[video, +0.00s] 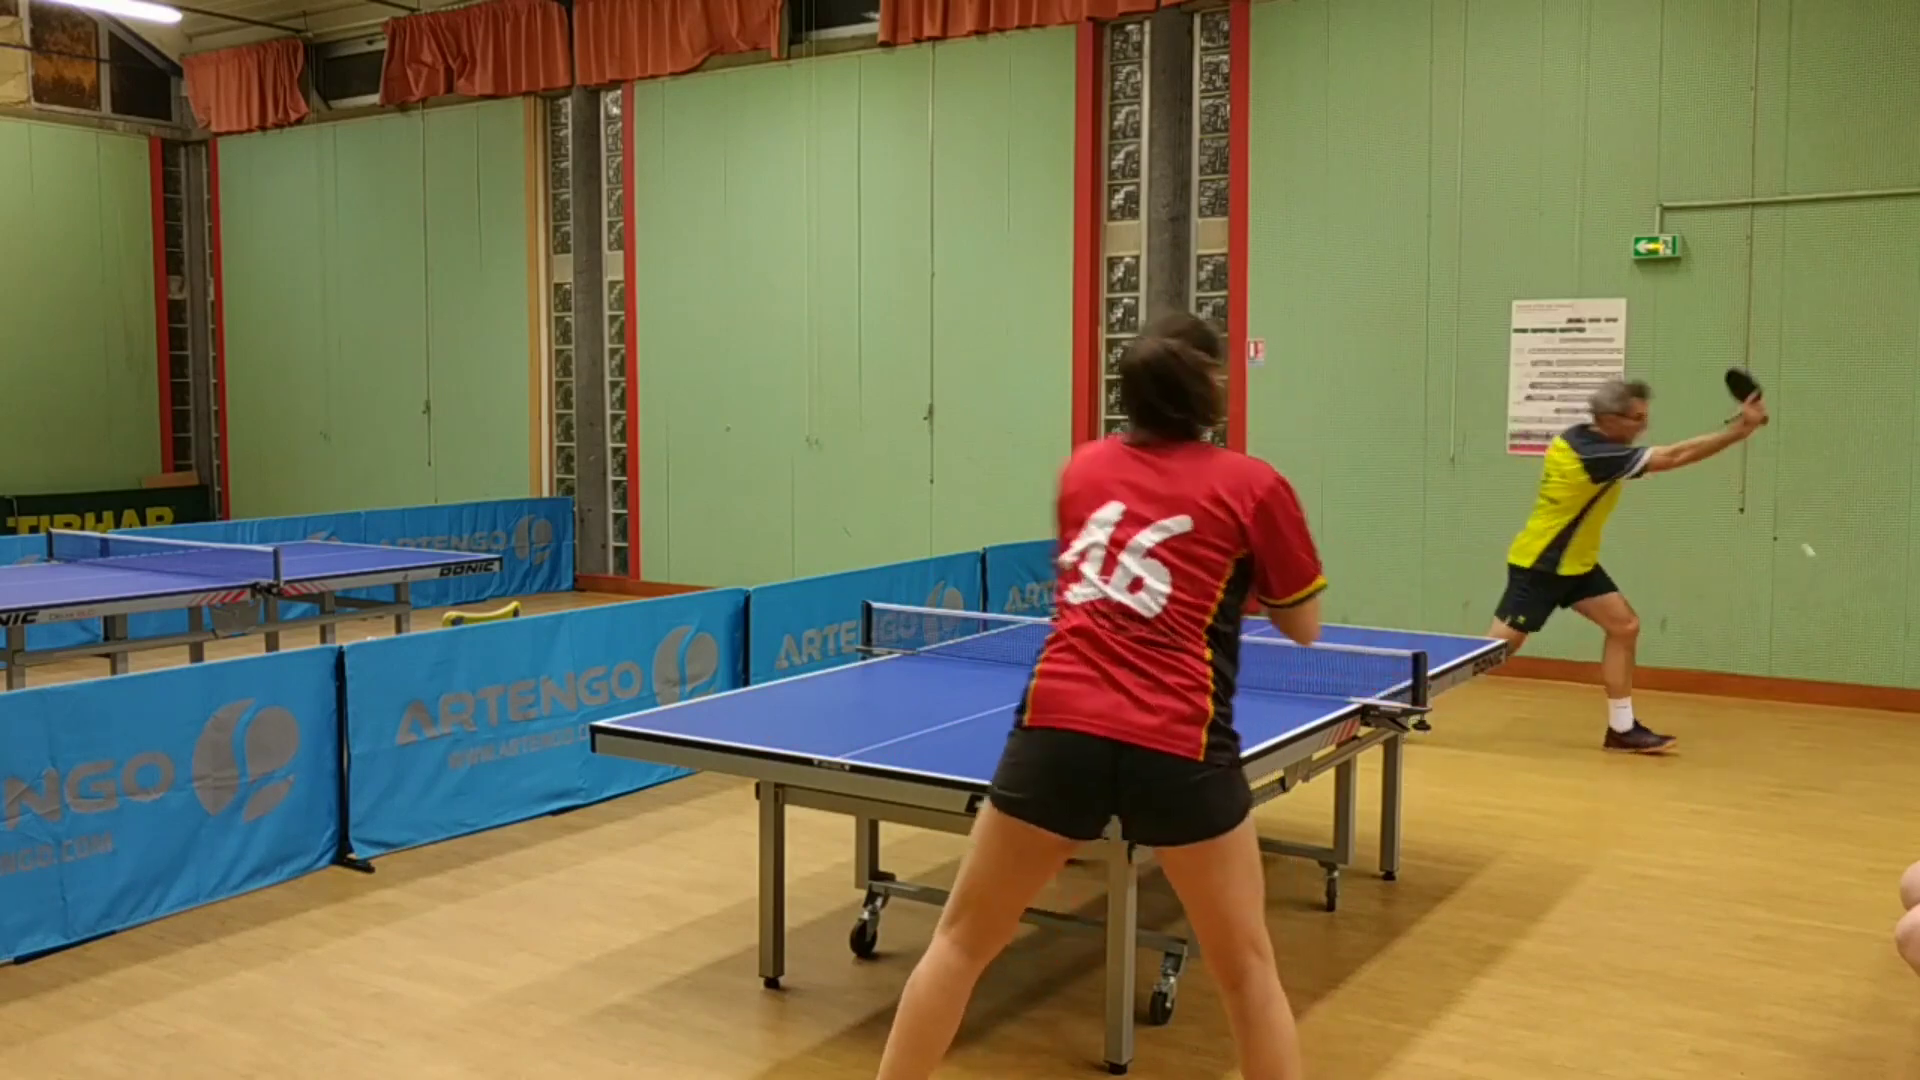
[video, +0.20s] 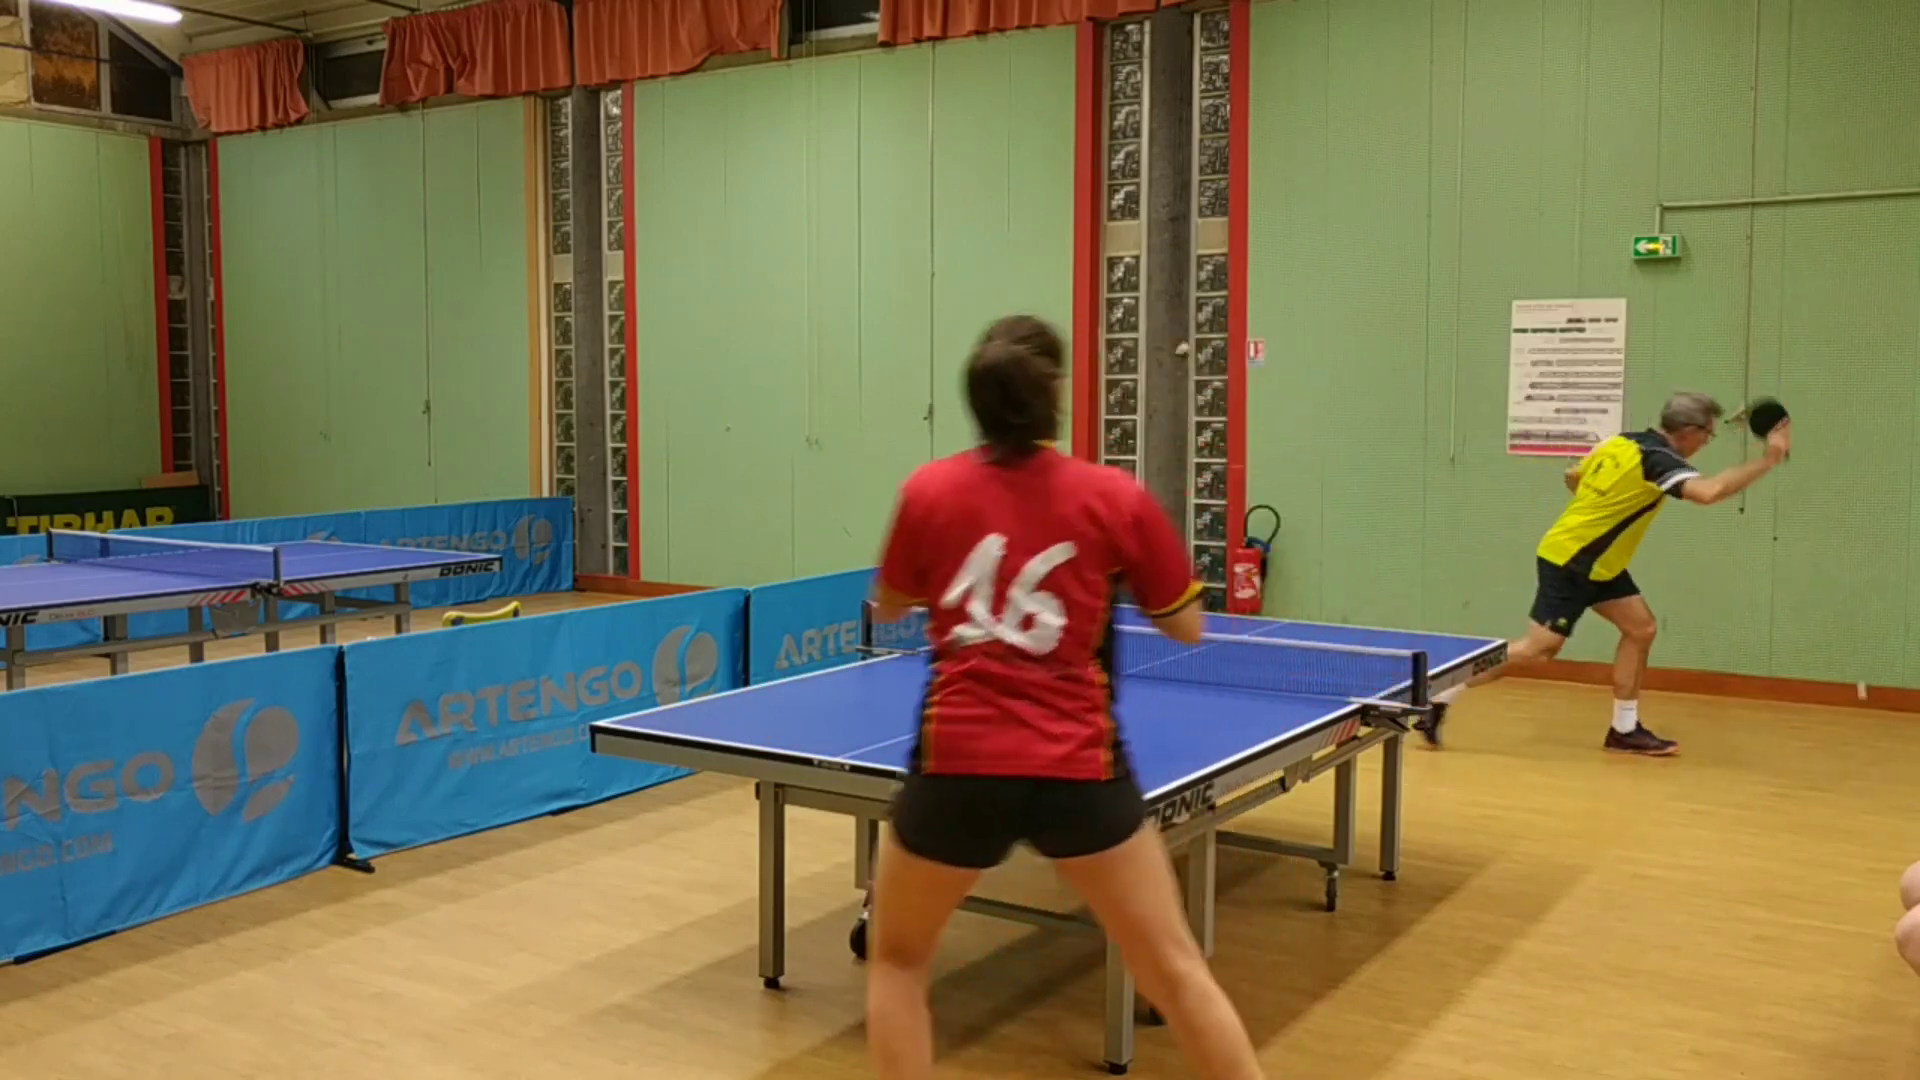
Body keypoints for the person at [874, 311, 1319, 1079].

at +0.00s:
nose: (1227, 381)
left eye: (1222, 370)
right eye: (1222, 372)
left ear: (1128, 392)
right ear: (1212, 391)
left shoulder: (1084, 468)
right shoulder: (1252, 486)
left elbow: (1100, 575)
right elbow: (1303, 623)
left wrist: (1224, 571)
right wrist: (1231, 571)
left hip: (1056, 736)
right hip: (1180, 752)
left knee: (960, 943)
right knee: (1247, 969)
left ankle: (893, 1074)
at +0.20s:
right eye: (1055, 382)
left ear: (974, 400)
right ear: (1057, 397)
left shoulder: (932, 493)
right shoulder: (1112, 497)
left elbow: (890, 599)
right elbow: (1185, 626)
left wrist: (971, 561)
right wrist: (1114, 570)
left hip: (960, 774)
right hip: (1080, 773)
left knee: (898, 961)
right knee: (1179, 975)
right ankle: (1249, 1078)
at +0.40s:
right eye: (919, 356)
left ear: (843, 370)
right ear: (925, 367)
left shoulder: (808, 474)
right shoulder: (982, 468)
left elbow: (758, 629)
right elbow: (1037, 603)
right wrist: (956, 605)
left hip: (864, 755)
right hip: (970, 746)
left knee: (851, 967)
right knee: (982, 928)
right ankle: (1099, 1069)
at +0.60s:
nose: (719, 340)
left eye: (722, 327)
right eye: (722, 326)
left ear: (741, 342)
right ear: (806, 339)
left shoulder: (736, 448)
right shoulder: (853, 431)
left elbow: (727, 598)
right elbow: (902, 537)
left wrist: (660, 668)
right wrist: (851, 618)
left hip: (811, 729)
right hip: (875, 714)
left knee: (842, 967)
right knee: (744, 897)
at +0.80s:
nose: (590, 359)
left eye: (604, 346)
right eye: (595, 344)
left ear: (652, 365)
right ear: (654, 367)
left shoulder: (686, 469)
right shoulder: (673, 463)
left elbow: (715, 622)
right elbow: (693, 621)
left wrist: (590, 699)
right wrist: (601, 709)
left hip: (719, 754)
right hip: (665, 750)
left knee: (789, 970)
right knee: (607, 950)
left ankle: (874, 1072)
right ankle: (579, 1079)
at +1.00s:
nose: (466, 358)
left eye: (486, 343)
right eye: (469, 341)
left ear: (548, 359)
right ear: (534, 360)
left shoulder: (595, 463)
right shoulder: (515, 467)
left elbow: (658, 618)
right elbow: (508, 613)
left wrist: (561, 728)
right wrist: (456, 705)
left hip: (590, 771)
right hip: (507, 763)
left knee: (544, 997)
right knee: (487, 969)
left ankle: (723, 1076)